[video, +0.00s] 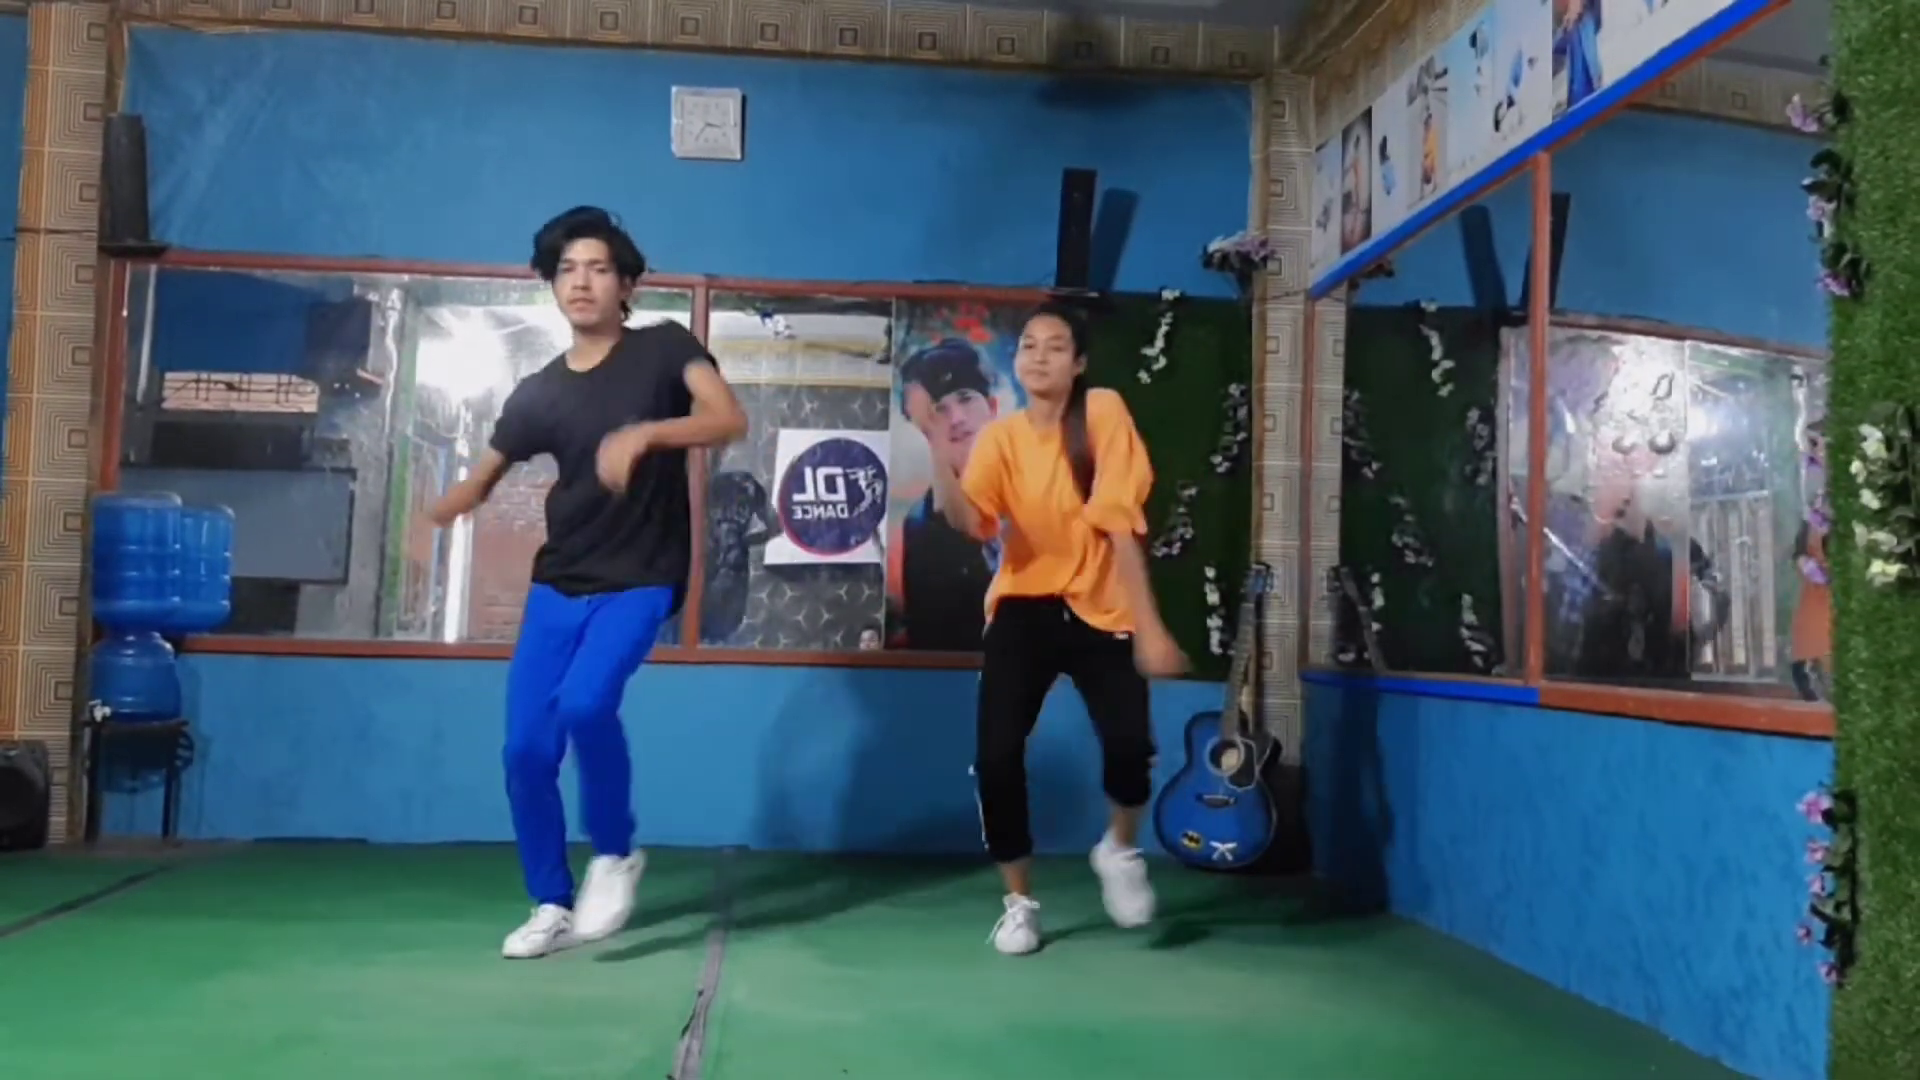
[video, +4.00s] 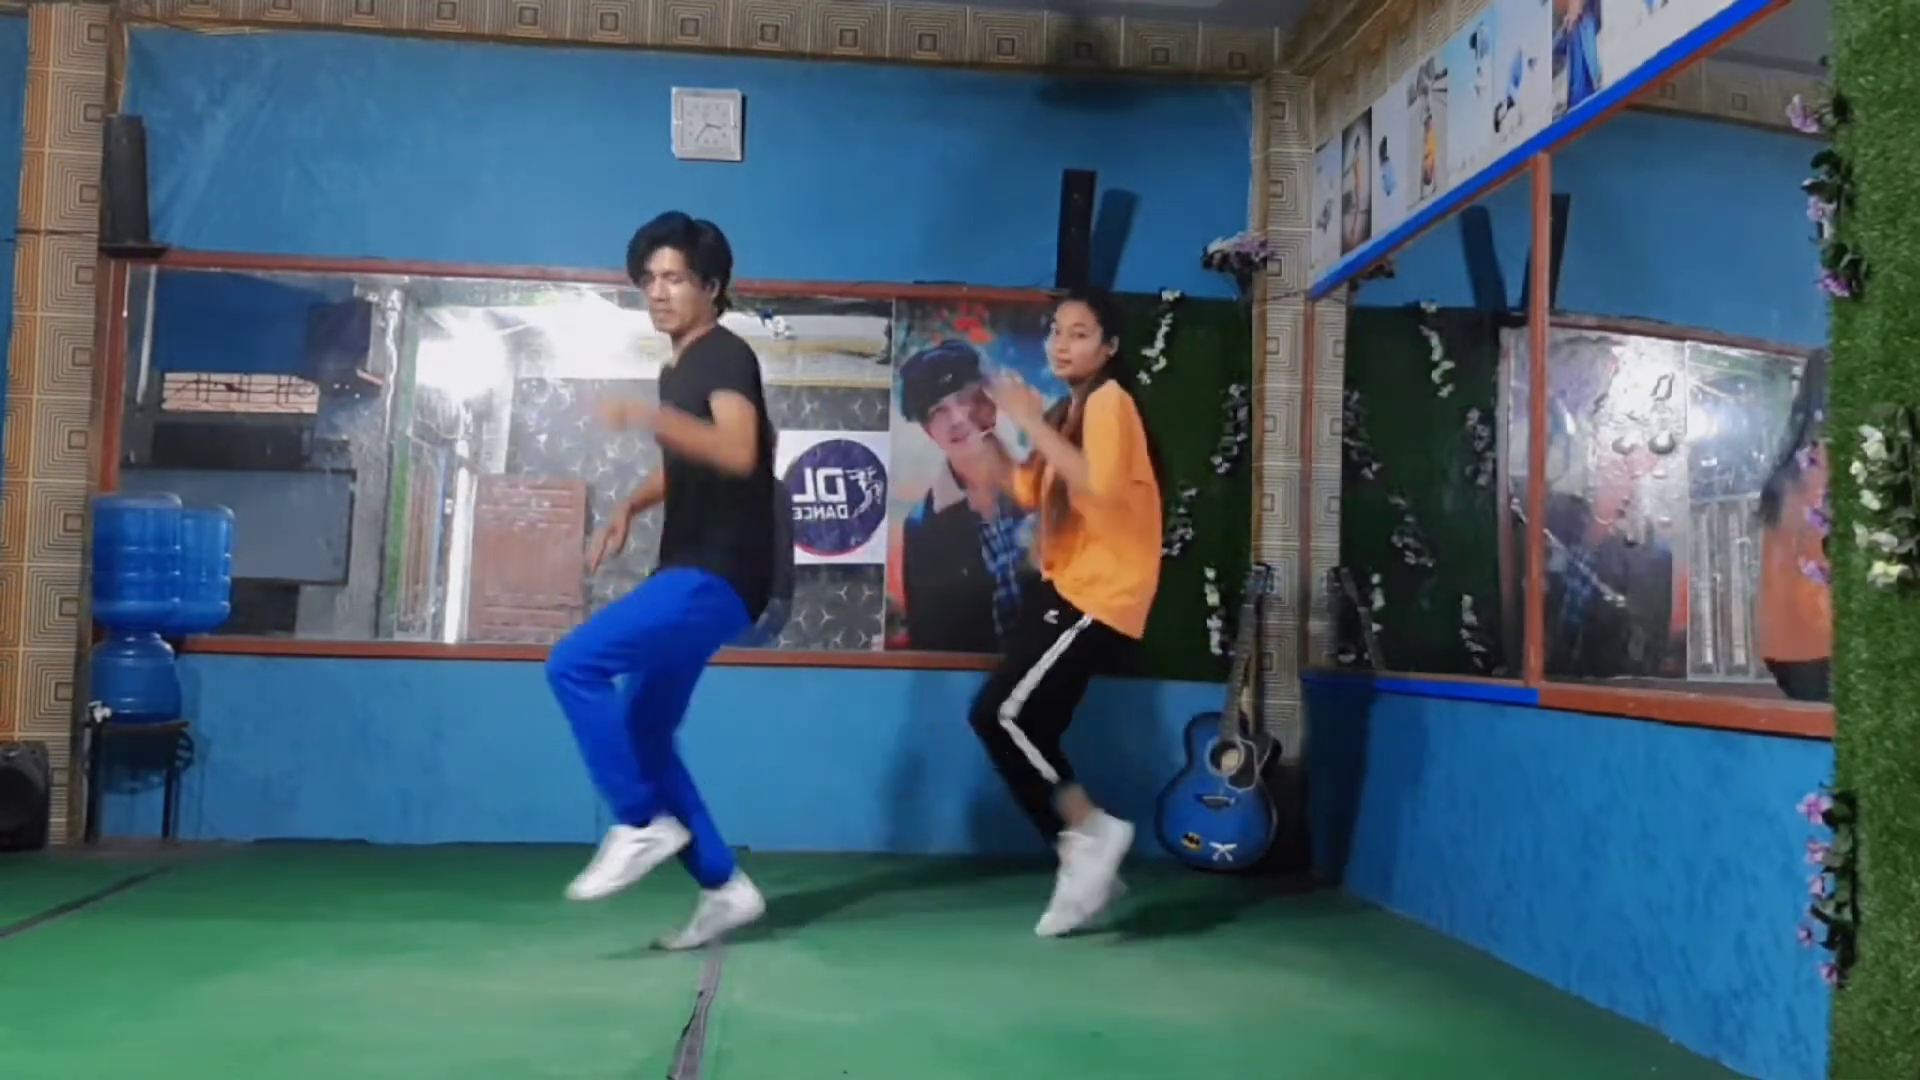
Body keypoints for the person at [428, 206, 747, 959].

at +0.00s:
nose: (582, 282)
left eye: (598, 269)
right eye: (569, 271)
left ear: (626, 284)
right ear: (553, 287)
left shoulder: (665, 346)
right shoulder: (540, 392)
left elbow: (729, 420)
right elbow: (484, 475)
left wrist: (643, 434)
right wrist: (446, 509)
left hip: (642, 578)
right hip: (559, 582)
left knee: (584, 704)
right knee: (523, 745)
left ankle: (615, 855)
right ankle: (552, 904)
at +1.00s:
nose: (646, 322)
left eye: (659, 307)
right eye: (630, 308)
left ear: (680, 318)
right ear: (607, 320)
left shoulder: (706, 403)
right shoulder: (576, 395)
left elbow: (720, 475)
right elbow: (532, 496)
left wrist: (673, 421)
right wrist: (620, 535)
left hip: (650, 622)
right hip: (563, 605)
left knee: (657, 765)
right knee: (550, 727)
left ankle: (616, 907)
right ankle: (508, 841)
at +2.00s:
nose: (632, 261)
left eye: (644, 246)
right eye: (616, 248)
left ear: (663, 257)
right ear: (593, 263)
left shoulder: (703, 342)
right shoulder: (564, 350)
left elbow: (735, 443)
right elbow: (536, 453)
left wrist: (733, 536)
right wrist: (523, 529)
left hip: (678, 528)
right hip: (592, 523)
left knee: (694, 670)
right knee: (548, 591)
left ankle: (662, 832)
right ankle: (583, 713)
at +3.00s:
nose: (634, 311)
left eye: (639, 294)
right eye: (617, 299)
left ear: (649, 297)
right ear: (582, 309)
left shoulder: (689, 374)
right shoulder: (554, 398)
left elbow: (753, 455)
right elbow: (518, 495)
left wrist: (779, 394)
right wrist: (473, 457)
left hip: (667, 600)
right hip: (591, 594)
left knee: (674, 754)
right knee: (625, 741)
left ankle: (547, 848)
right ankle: (581, 892)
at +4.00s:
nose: (659, 293)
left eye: (674, 279)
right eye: (649, 281)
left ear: (713, 286)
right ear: (642, 288)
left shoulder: (725, 355)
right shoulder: (677, 369)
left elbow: (741, 452)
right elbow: (691, 466)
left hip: (721, 573)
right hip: (696, 571)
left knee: (575, 664)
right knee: (645, 730)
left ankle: (642, 819)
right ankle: (725, 886)